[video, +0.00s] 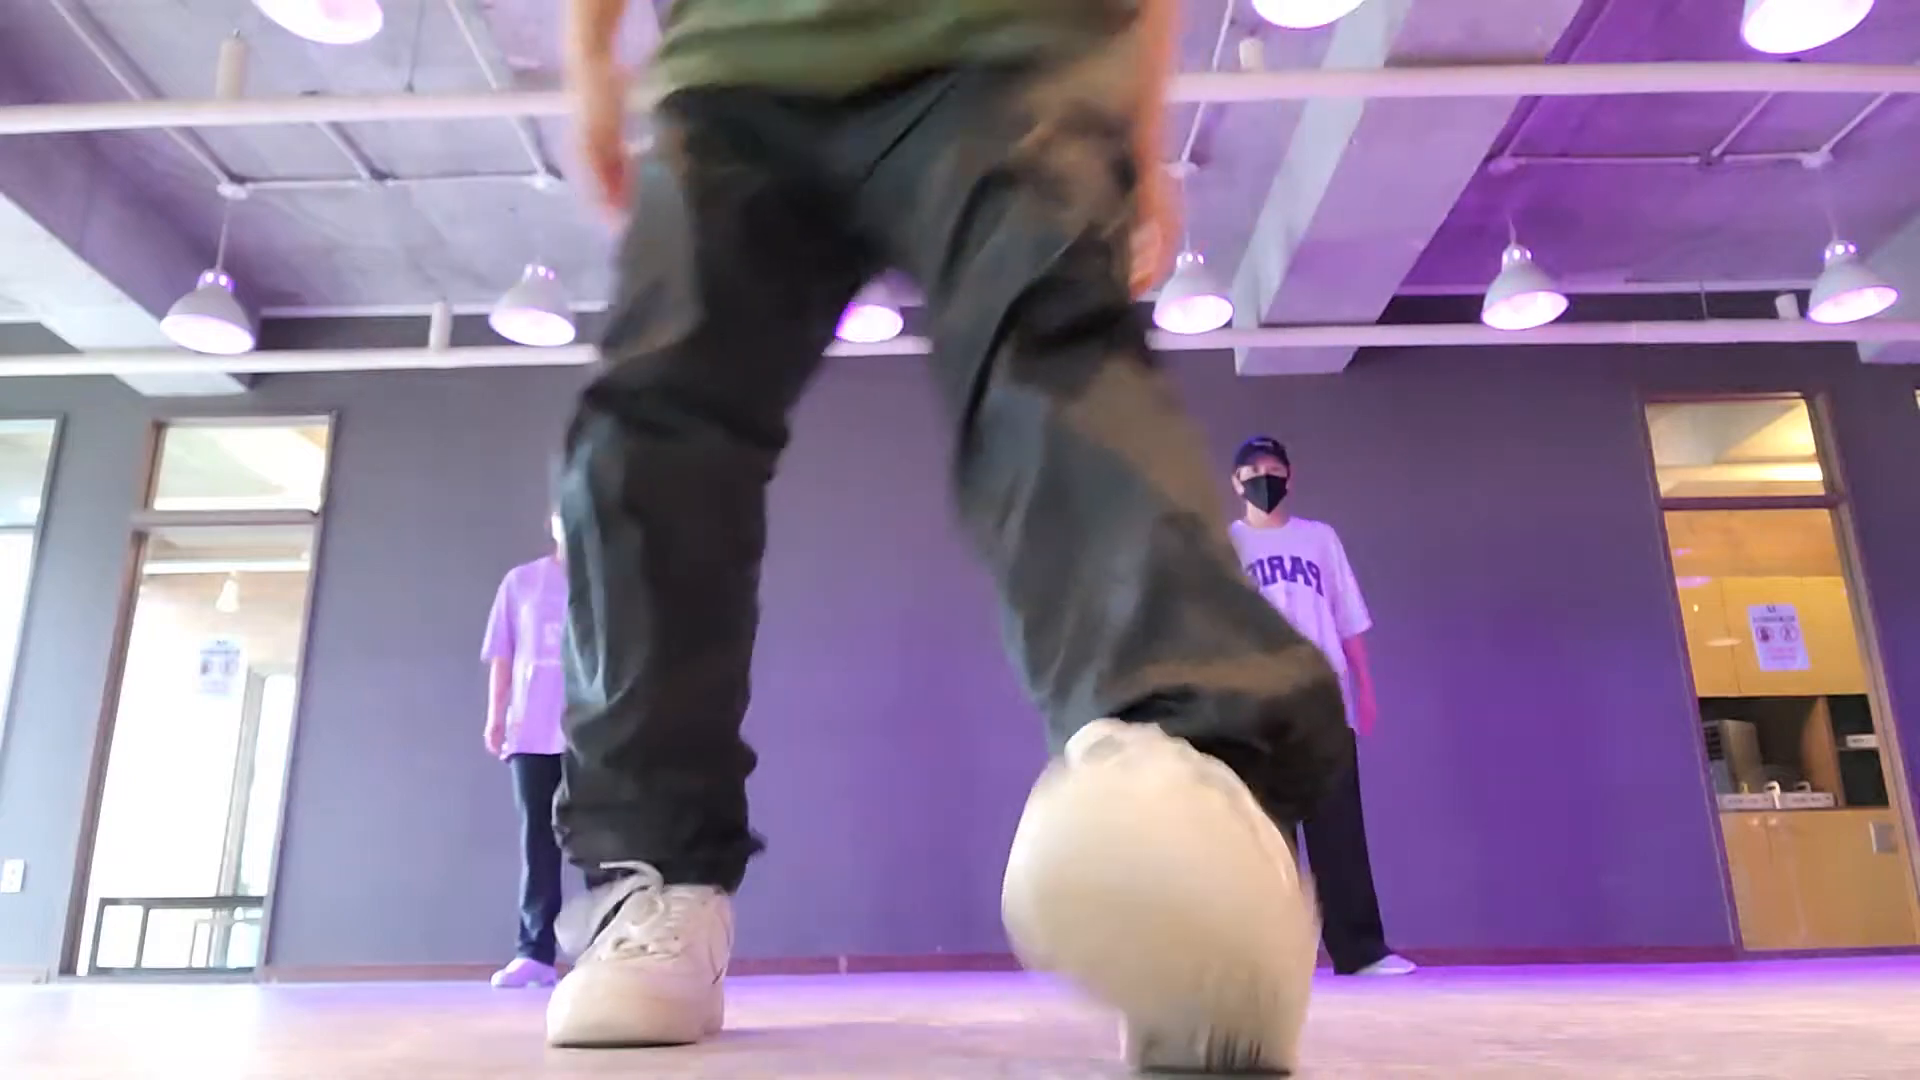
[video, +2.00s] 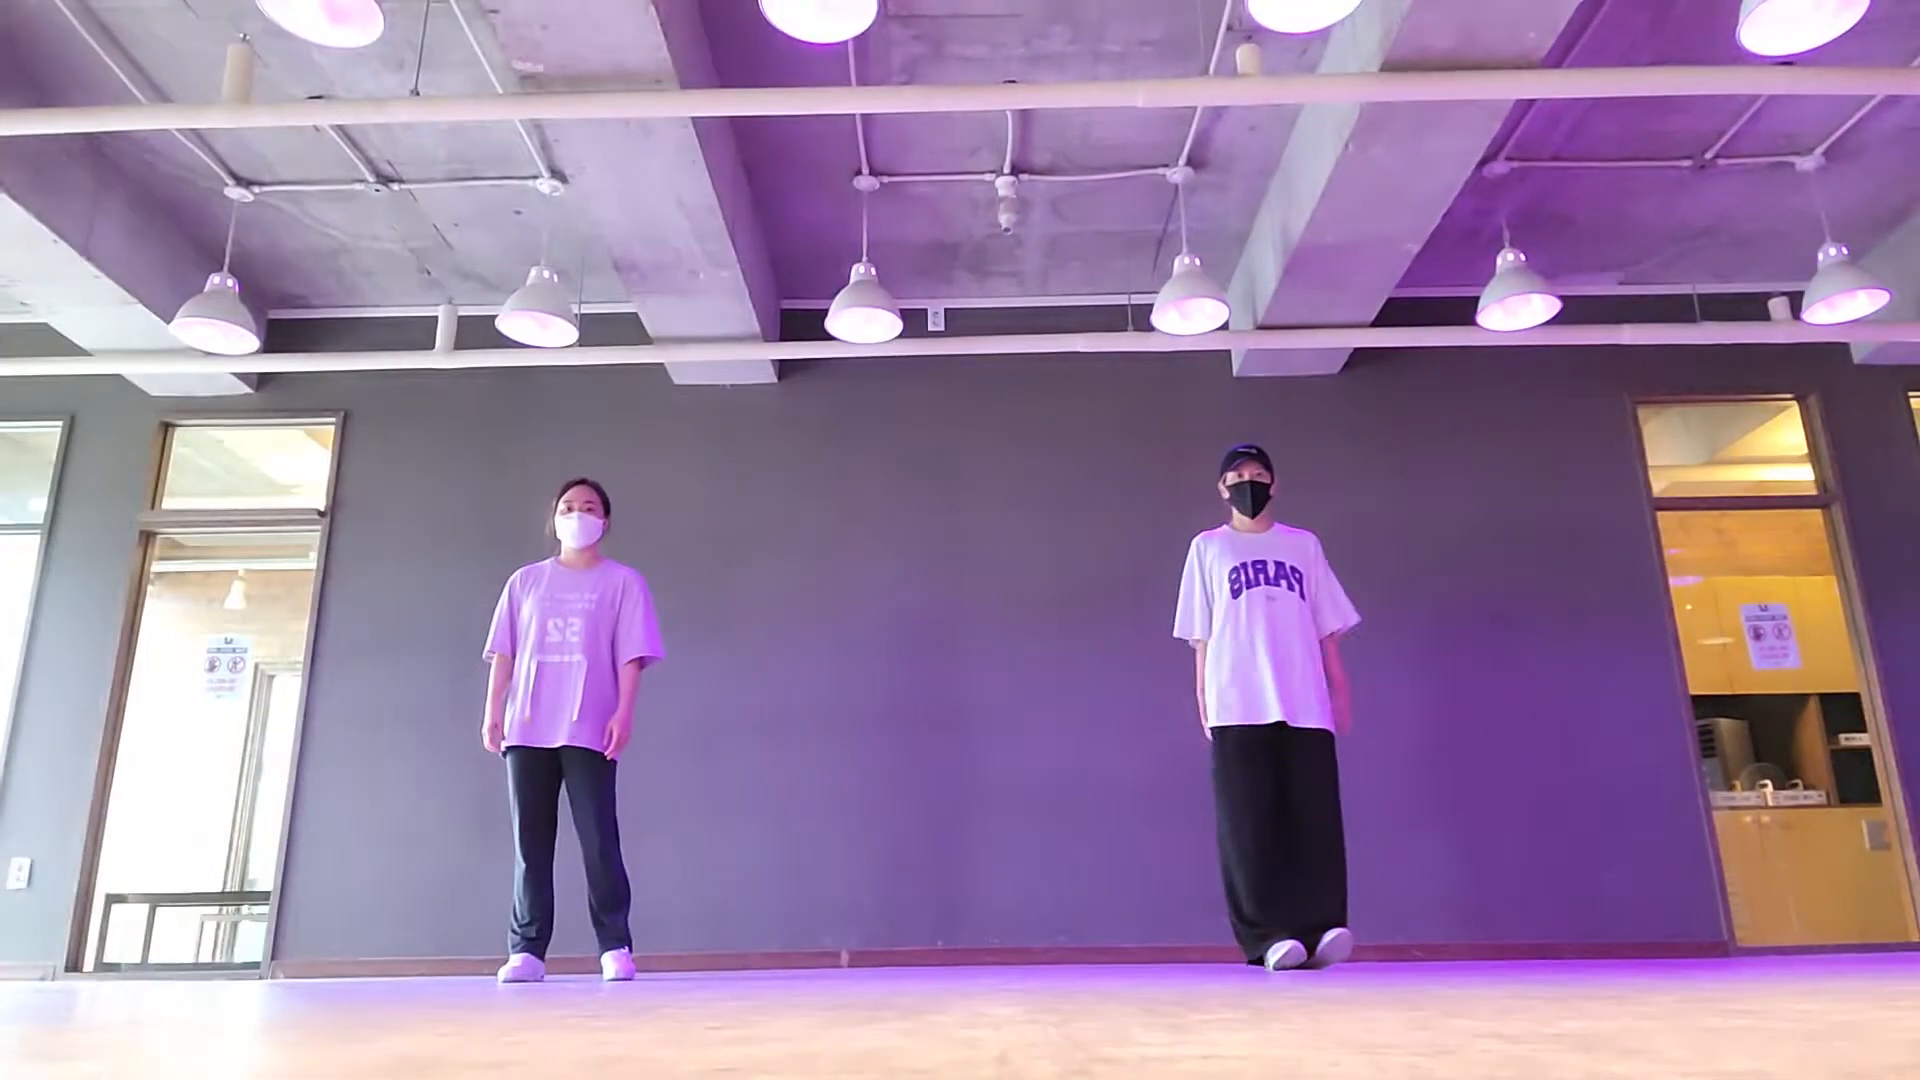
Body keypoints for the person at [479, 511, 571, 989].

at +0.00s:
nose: (569, 530)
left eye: (577, 522)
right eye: (563, 521)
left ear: (592, 528)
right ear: (552, 524)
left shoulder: (605, 582)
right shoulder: (520, 582)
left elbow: (621, 655)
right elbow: (501, 658)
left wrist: (618, 723)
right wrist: (496, 718)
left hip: (591, 735)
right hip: (533, 730)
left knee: (598, 844)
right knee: (537, 844)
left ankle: (609, 955)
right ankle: (536, 952)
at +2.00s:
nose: (578, 515)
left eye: (589, 509)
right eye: (568, 508)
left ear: (605, 524)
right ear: (554, 522)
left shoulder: (623, 581)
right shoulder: (525, 580)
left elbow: (632, 656)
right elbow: (503, 653)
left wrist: (624, 714)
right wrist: (494, 711)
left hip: (588, 728)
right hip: (527, 728)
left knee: (599, 843)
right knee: (530, 846)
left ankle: (615, 948)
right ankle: (526, 952)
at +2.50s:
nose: (557, 521)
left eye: (569, 513)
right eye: (548, 512)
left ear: (585, 525)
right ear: (532, 522)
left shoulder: (603, 586)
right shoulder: (501, 582)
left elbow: (611, 665)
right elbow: (477, 656)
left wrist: (604, 723)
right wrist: (468, 716)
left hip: (568, 735)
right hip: (506, 733)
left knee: (586, 849)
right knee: (516, 853)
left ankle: (609, 952)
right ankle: (518, 956)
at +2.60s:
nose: (559, 520)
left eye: (570, 513)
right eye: (550, 512)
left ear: (587, 525)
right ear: (535, 521)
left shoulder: (605, 586)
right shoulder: (504, 582)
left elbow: (612, 663)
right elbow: (480, 655)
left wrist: (606, 721)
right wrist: (472, 712)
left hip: (571, 732)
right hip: (509, 731)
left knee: (589, 845)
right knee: (519, 849)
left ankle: (612, 949)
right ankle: (522, 953)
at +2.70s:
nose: (560, 516)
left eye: (572, 510)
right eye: (551, 509)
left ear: (588, 525)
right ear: (537, 523)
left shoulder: (606, 584)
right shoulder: (506, 582)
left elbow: (613, 660)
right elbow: (484, 655)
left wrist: (608, 718)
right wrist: (476, 711)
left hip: (573, 730)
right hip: (511, 731)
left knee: (590, 843)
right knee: (522, 848)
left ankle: (613, 948)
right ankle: (524, 952)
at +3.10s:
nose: (562, 512)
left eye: (574, 506)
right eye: (553, 506)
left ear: (591, 524)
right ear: (540, 522)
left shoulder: (612, 582)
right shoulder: (511, 582)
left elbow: (626, 654)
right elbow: (491, 650)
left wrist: (609, 702)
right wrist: (481, 700)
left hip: (579, 726)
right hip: (518, 726)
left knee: (590, 840)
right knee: (526, 843)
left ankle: (607, 949)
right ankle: (525, 952)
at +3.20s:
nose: (566, 511)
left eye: (577, 505)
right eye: (557, 504)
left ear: (594, 522)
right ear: (543, 520)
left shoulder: (616, 581)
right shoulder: (514, 581)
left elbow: (638, 653)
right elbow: (490, 651)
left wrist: (604, 666)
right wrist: (497, 657)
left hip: (586, 729)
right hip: (524, 728)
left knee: (595, 841)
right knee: (529, 845)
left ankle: (609, 949)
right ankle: (525, 953)